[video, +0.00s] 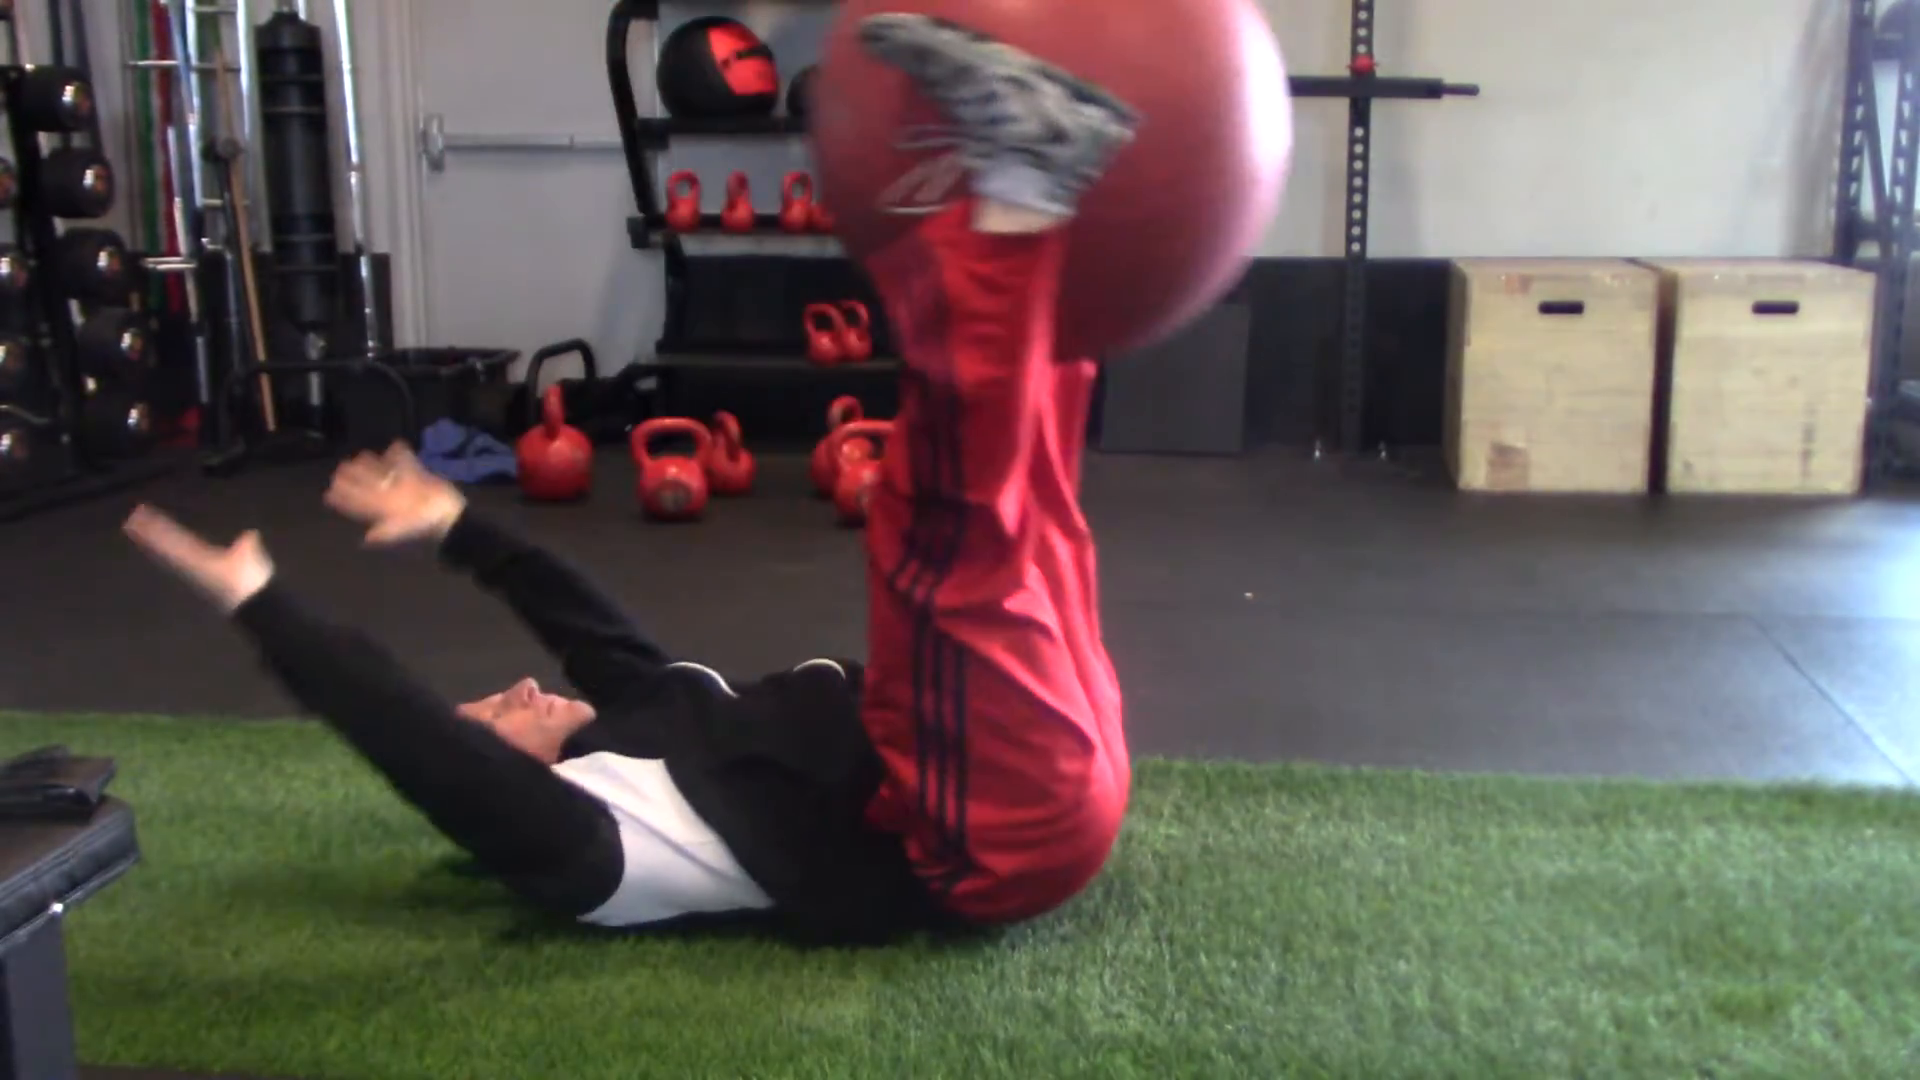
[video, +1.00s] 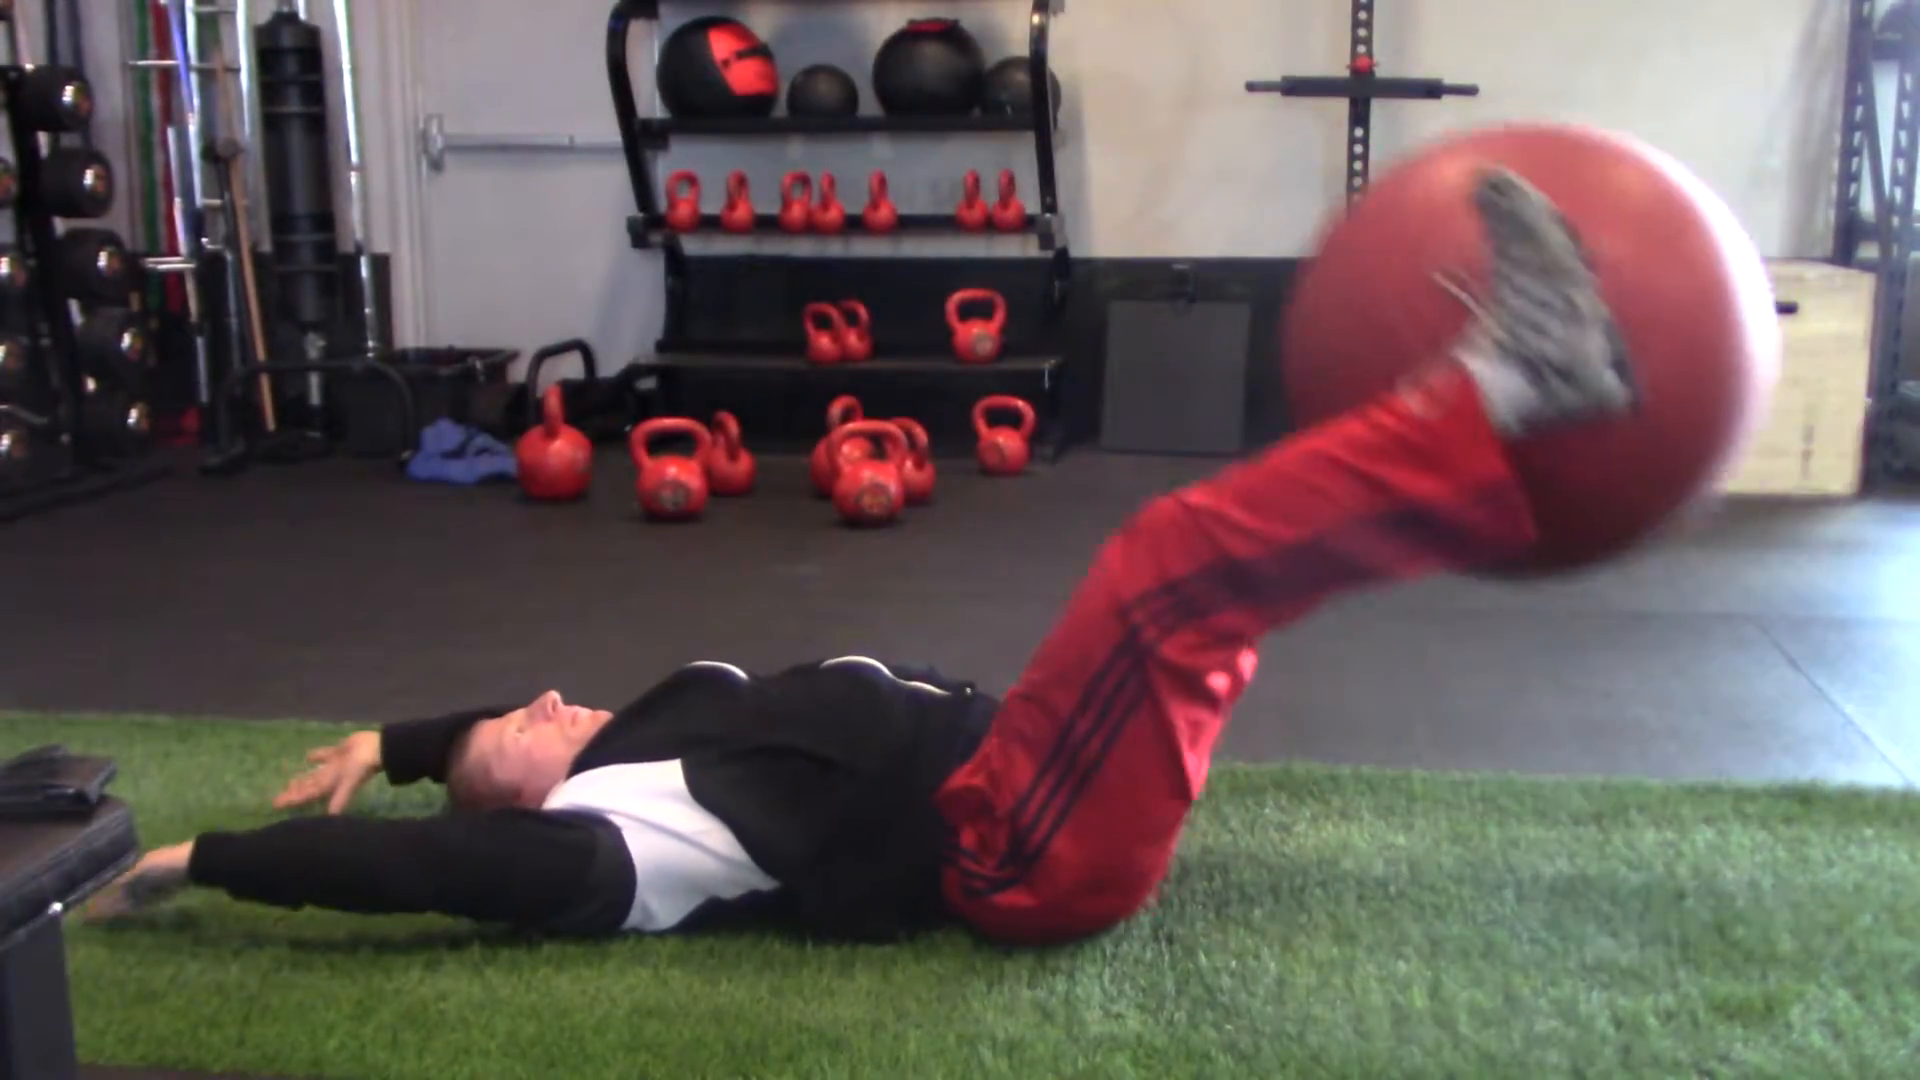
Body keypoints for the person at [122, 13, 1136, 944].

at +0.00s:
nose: (519, 692)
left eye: (509, 693)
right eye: (490, 712)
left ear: (546, 704)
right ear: (494, 768)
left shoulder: (654, 712)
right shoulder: (584, 845)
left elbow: (575, 608)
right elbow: (416, 742)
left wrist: (458, 521)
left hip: (1036, 785)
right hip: (987, 836)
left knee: (1017, 503)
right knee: (949, 512)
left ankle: (1027, 226)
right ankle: (1007, 205)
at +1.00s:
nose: (527, 726)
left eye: (518, 719)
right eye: (502, 751)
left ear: (551, 718)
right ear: (514, 804)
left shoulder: (660, 728)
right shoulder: (618, 831)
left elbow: (523, 709)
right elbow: (464, 864)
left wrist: (375, 746)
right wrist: (224, 859)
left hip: (1037, 787)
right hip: (1016, 848)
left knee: (1198, 569)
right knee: (1160, 561)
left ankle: (1498, 427)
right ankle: (1501, 438)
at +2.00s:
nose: (523, 692)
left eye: (499, 695)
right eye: (490, 715)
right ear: (498, 808)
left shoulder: (686, 708)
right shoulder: (598, 842)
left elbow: (686, 536)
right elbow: (582, 655)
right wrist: (517, 447)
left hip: (1040, 721)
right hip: (981, 790)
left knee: (875, 478)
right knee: (788, 549)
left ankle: (855, 209)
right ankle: (713, 223)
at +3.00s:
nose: (524, 722)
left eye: (511, 699)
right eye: (499, 737)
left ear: (557, 692)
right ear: (508, 792)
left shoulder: (686, 715)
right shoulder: (627, 835)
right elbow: (435, 814)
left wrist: (329, 714)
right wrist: (218, 750)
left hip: (1068, 728)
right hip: (1035, 836)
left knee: (1310, 572)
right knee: (1314, 657)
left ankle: (1618, 660)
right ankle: (1684, 785)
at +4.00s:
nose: (525, 688)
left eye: (507, 692)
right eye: (498, 711)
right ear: (502, 807)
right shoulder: (602, 830)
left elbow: (663, 595)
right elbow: (598, 620)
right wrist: (561, 409)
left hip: (1031, 716)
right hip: (969, 778)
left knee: (817, 491)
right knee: (751, 556)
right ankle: (640, 217)